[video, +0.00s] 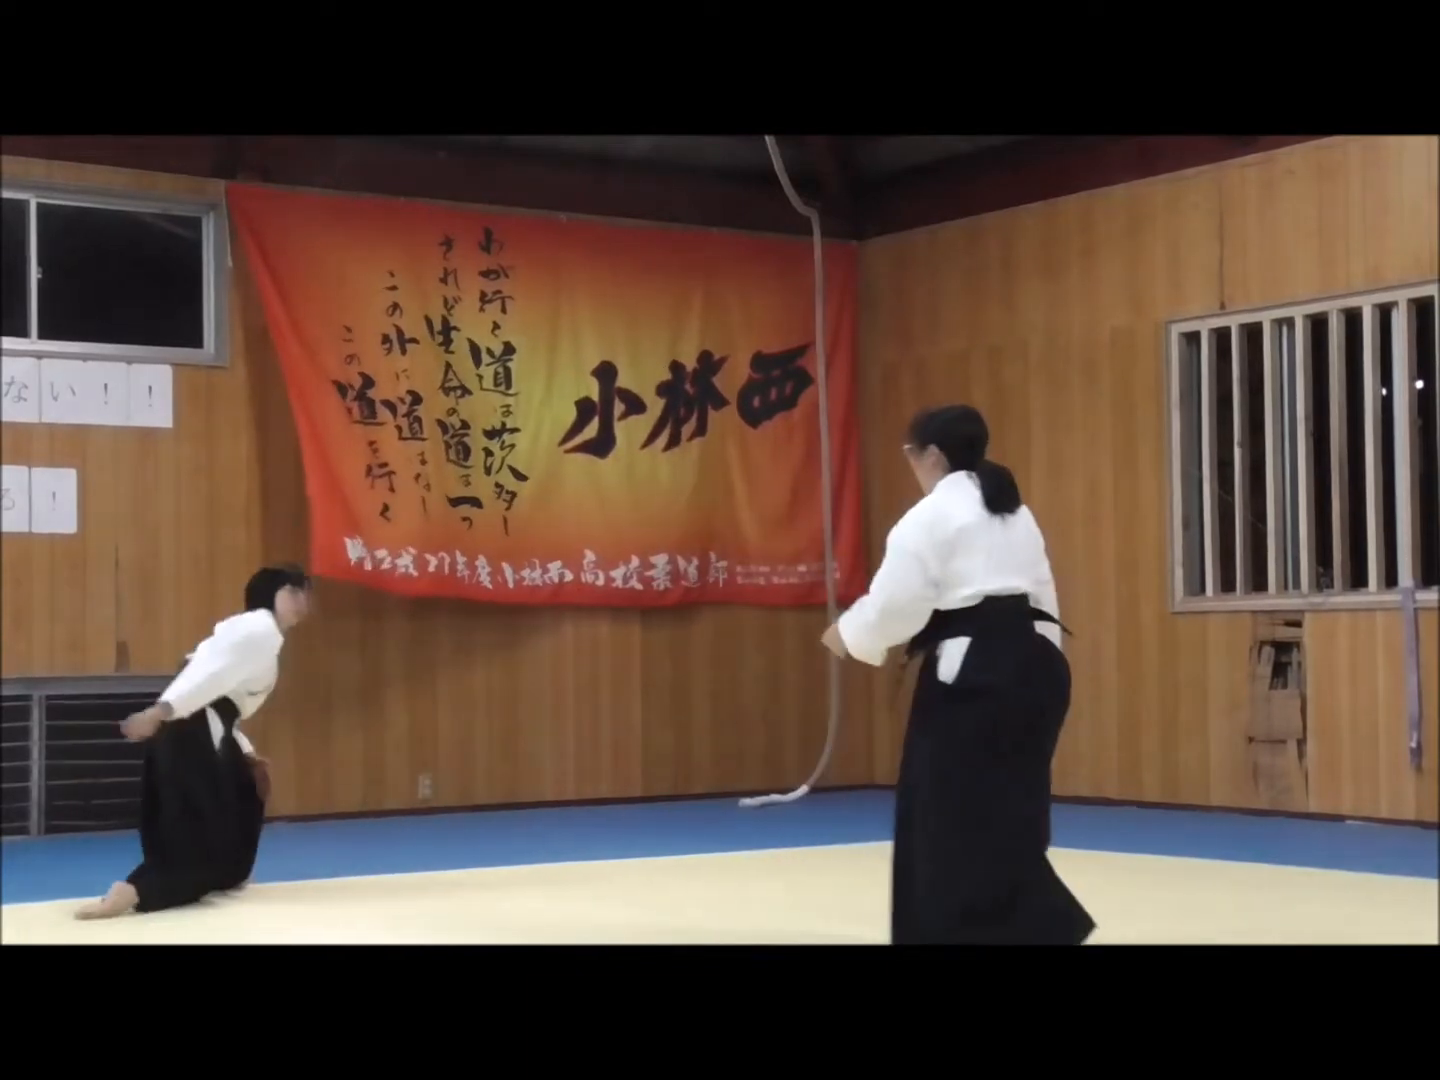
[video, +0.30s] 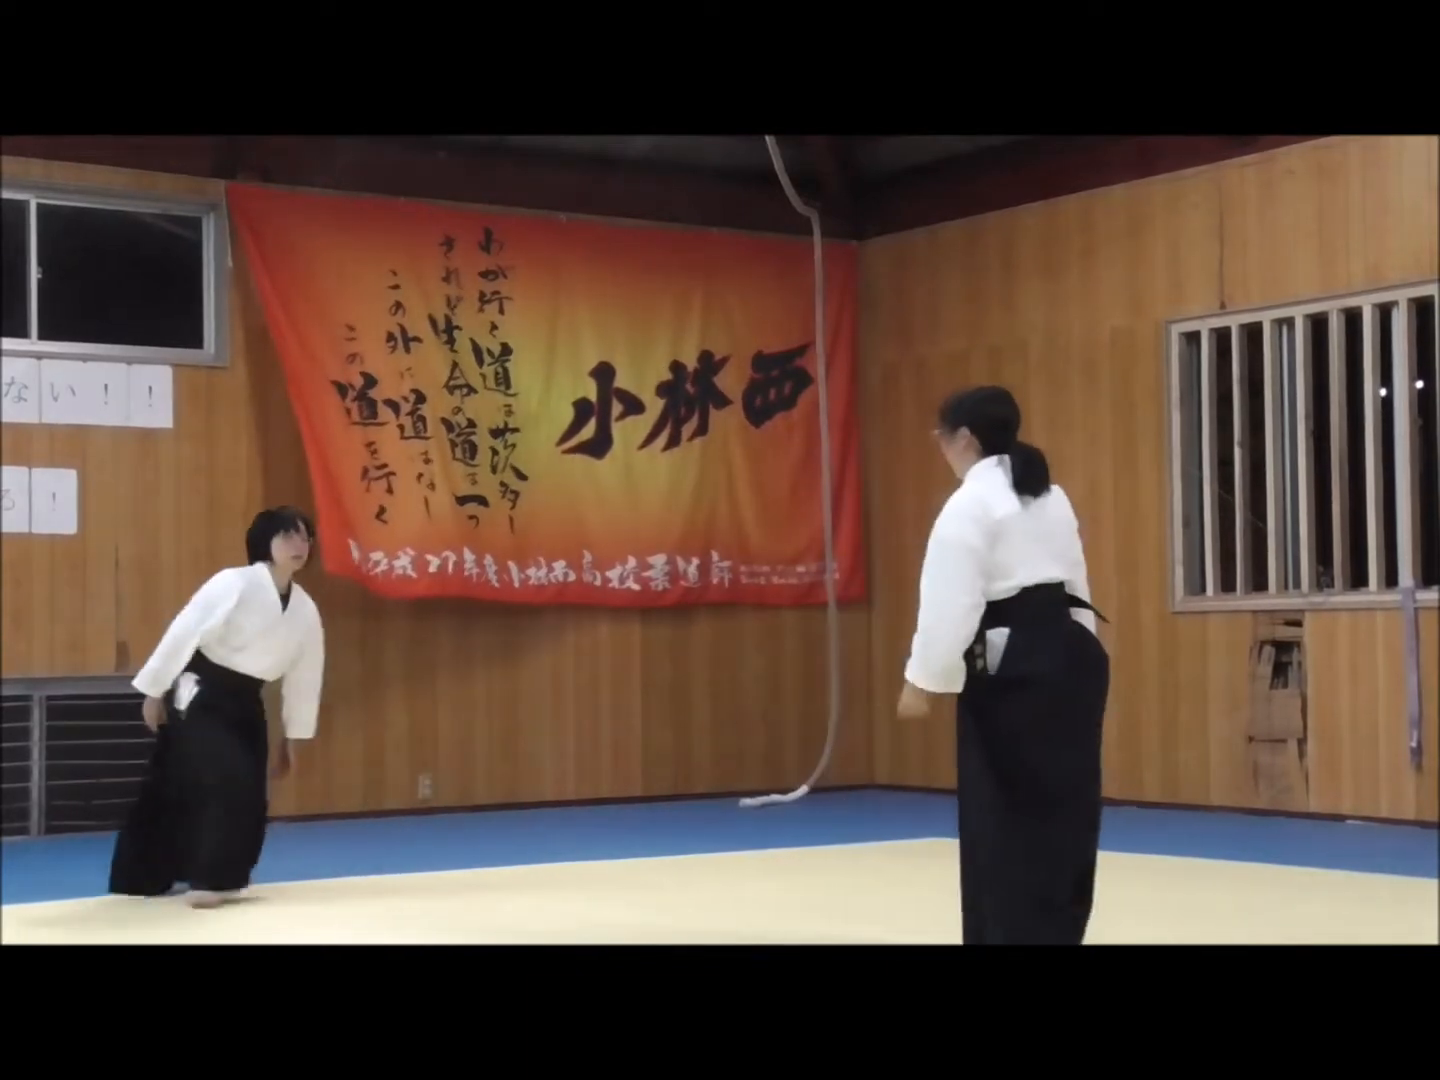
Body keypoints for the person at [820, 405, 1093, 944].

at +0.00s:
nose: (911, 466)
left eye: (913, 456)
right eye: (910, 457)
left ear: (935, 455)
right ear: (974, 453)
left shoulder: (926, 521)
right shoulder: (1017, 510)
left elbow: (892, 606)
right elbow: (1042, 595)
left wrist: (845, 634)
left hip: (971, 667)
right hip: (1039, 661)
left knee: (938, 803)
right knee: (1013, 804)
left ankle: (942, 926)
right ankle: (1046, 920)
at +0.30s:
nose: (941, 448)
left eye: (944, 437)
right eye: (941, 437)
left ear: (967, 438)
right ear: (1001, 436)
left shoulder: (969, 507)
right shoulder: (1049, 492)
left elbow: (950, 601)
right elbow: (1073, 572)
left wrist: (923, 678)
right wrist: (1081, 634)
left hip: (1011, 664)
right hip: (1076, 657)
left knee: (1000, 808)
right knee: (1067, 804)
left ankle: (1005, 929)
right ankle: (1059, 928)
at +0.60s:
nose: (972, 449)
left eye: (974, 438)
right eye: (971, 438)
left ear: (997, 438)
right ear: (1032, 436)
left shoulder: (998, 504)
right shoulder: (1080, 496)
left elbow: (976, 597)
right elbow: (1098, 588)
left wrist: (956, 684)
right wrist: (1095, 651)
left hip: (1028, 667)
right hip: (1093, 663)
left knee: (1011, 812)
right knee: (1087, 809)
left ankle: (1014, 930)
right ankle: (1086, 930)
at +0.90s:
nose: (995, 451)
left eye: (997, 441)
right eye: (994, 441)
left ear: (1019, 442)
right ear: (1058, 439)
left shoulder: (1009, 507)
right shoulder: (1106, 505)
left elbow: (980, 598)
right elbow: (1125, 595)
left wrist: (955, 681)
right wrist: (1125, 664)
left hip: (1039, 668)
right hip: (1110, 664)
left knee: (1015, 807)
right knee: (1098, 808)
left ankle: (1009, 928)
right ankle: (1096, 929)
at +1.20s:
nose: (974, 472)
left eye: (975, 461)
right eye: (972, 462)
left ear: (996, 458)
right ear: (1036, 454)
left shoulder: (979, 521)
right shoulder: (1084, 518)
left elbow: (945, 609)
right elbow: (1110, 607)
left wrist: (917, 688)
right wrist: (1125, 685)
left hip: (1007, 679)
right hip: (1084, 674)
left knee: (980, 803)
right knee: (1084, 809)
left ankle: (965, 920)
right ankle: (1089, 926)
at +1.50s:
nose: (897, 477)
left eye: (899, 467)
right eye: (897, 467)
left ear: (917, 469)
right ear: (956, 466)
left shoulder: (903, 533)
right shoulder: (1004, 526)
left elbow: (865, 613)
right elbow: (1021, 608)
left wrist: (831, 685)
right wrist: (1034, 668)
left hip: (935, 675)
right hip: (1009, 669)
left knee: (934, 802)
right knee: (1029, 791)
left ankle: (940, 927)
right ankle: (1069, 907)